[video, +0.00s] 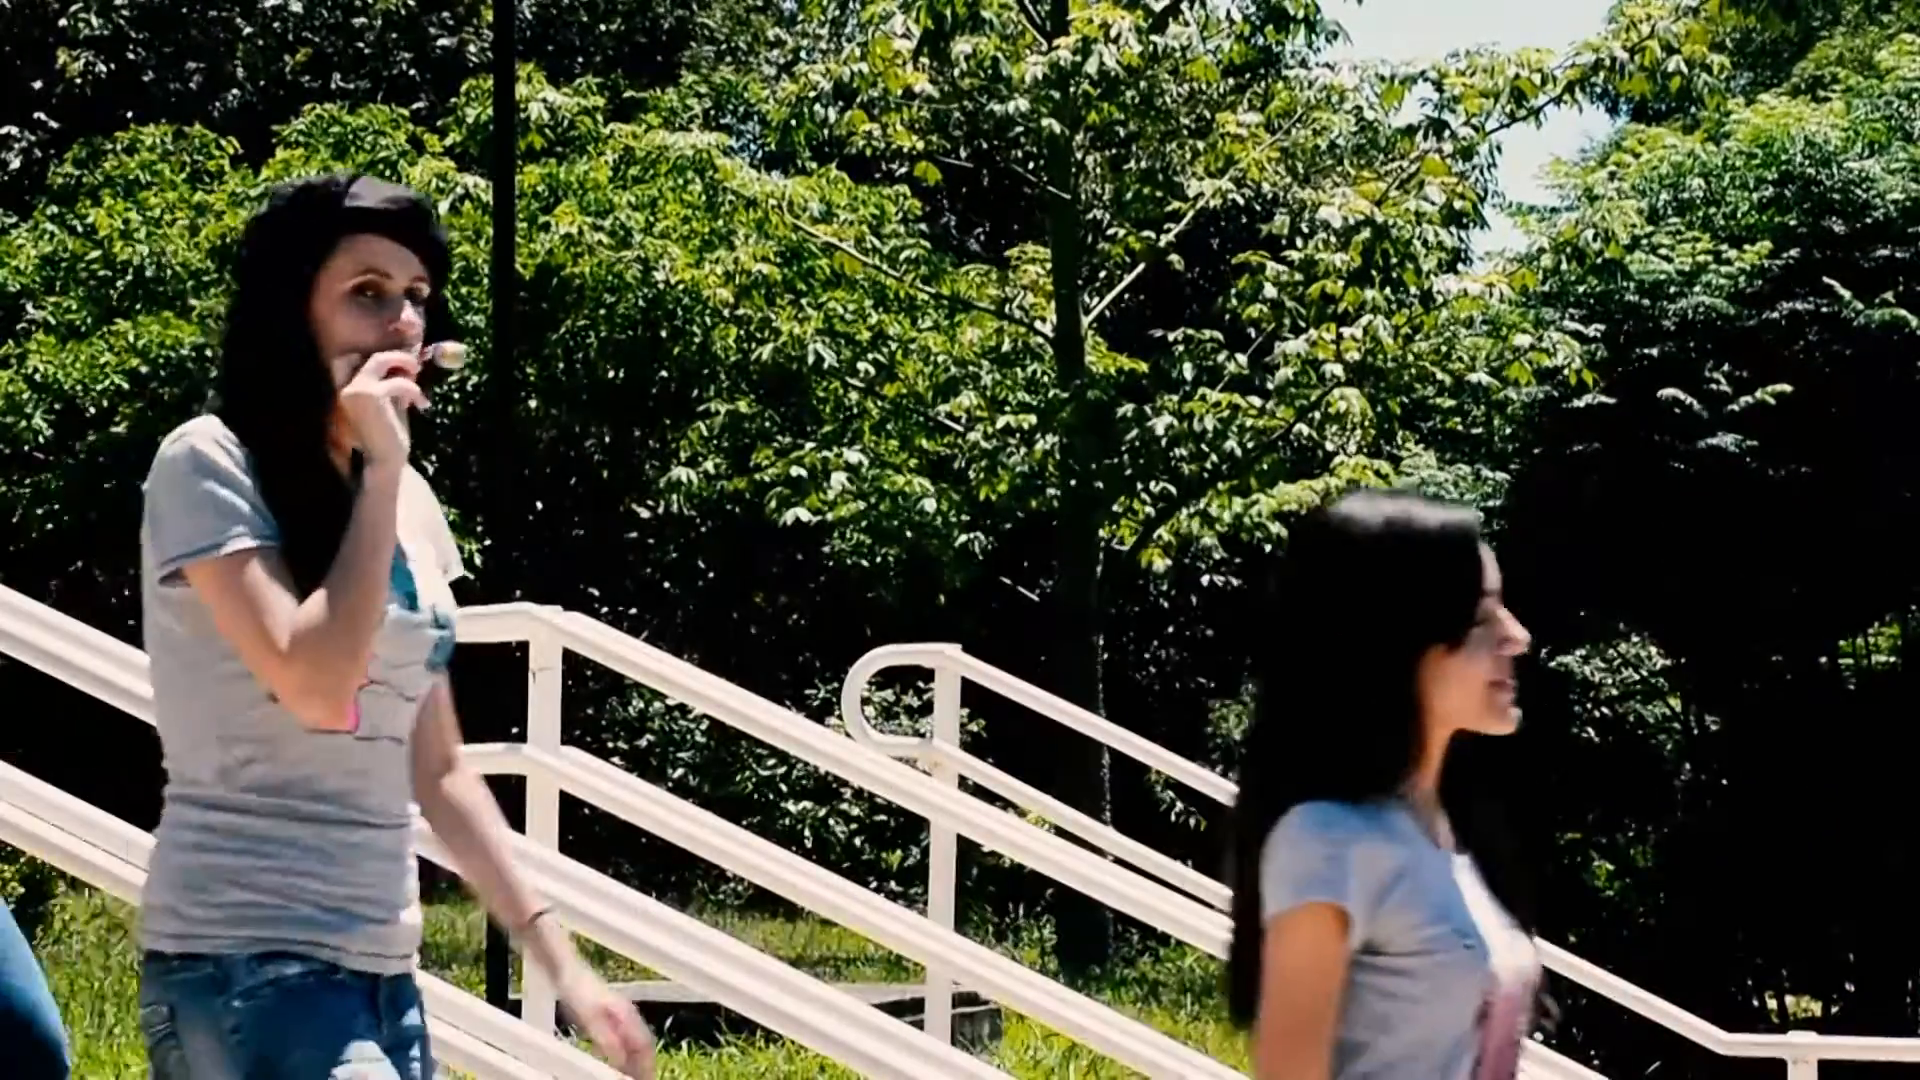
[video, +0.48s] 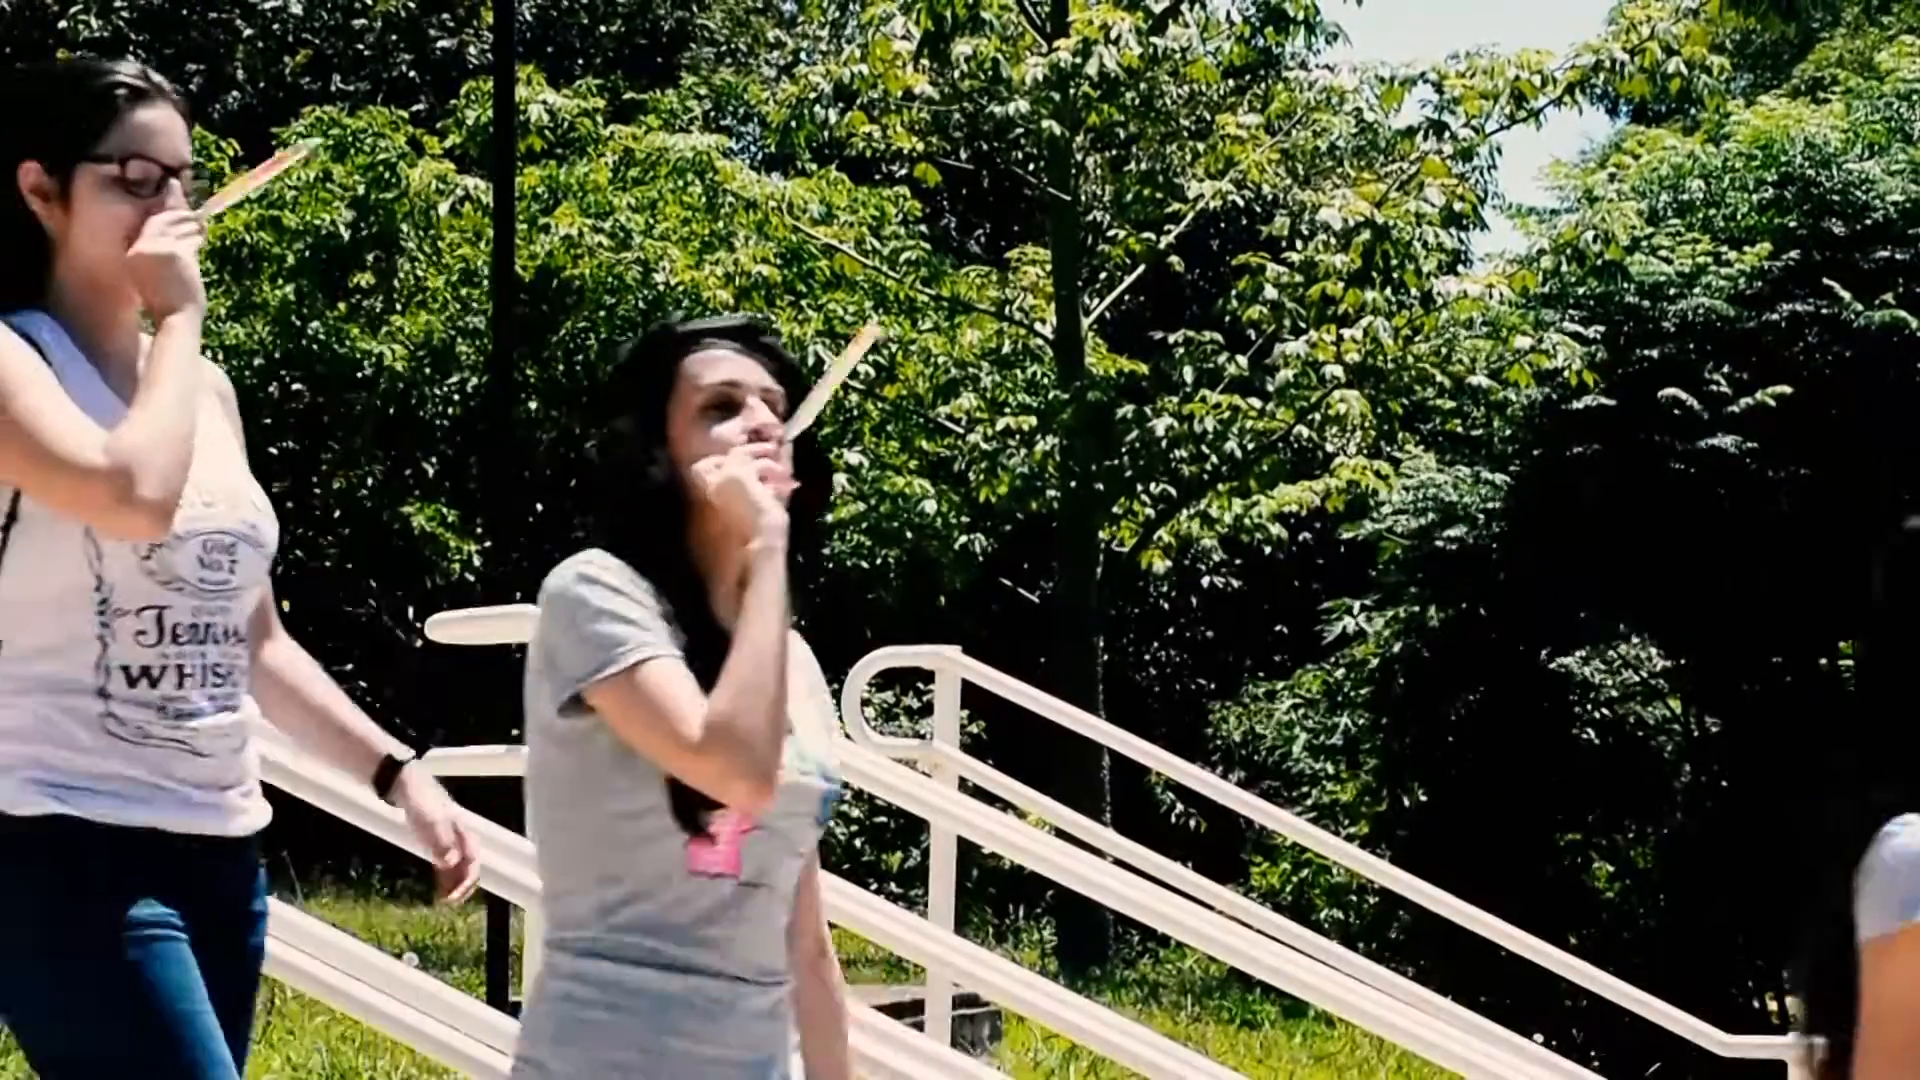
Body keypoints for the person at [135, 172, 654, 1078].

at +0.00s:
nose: (405, 323)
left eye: (418, 297)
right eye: (367, 293)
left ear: (433, 315)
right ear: (289, 311)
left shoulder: (411, 502)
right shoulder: (205, 461)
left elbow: (441, 770)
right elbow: (317, 686)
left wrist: (568, 970)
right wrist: (383, 469)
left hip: (382, 971)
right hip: (248, 967)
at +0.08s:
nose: (449, 322)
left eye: (459, 298)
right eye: (409, 297)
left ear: (477, 321)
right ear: (336, 324)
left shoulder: (466, 508)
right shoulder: (263, 476)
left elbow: (543, 763)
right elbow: (388, 697)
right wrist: (434, 474)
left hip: (438, 988)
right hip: (307, 982)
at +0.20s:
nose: (524, 362)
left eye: (532, 339)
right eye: (480, 342)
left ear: (549, 366)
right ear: (406, 377)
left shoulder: (544, 561)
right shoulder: (340, 533)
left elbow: (657, 796)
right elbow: (490, 727)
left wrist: (832, 906)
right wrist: (515, 502)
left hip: (538, 1033)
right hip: (400, 1033)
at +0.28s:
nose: (579, 402)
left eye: (589, 382)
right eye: (538, 384)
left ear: (609, 413)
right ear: (467, 422)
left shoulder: (612, 613)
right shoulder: (407, 579)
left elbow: (723, 860)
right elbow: (553, 769)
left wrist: (909, 996)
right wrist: (575, 549)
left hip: (608, 1045)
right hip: (455, 1045)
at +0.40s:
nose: (678, 437)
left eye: (690, 418)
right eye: (637, 423)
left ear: (712, 448)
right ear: (569, 463)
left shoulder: (716, 662)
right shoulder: (511, 606)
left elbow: (781, 934)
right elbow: (654, 792)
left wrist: (866, 1066)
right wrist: (681, 571)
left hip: (691, 1055)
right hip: (535, 1050)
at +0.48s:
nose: (761, 423)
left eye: (773, 406)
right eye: (721, 408)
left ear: (794, 448)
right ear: (655, 454)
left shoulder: (795, 663)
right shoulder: (590, 591)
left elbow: (808, 949)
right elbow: (740, 774)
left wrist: (832, 1070)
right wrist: (768, 547)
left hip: (759, 1054)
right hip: (603, 1049)